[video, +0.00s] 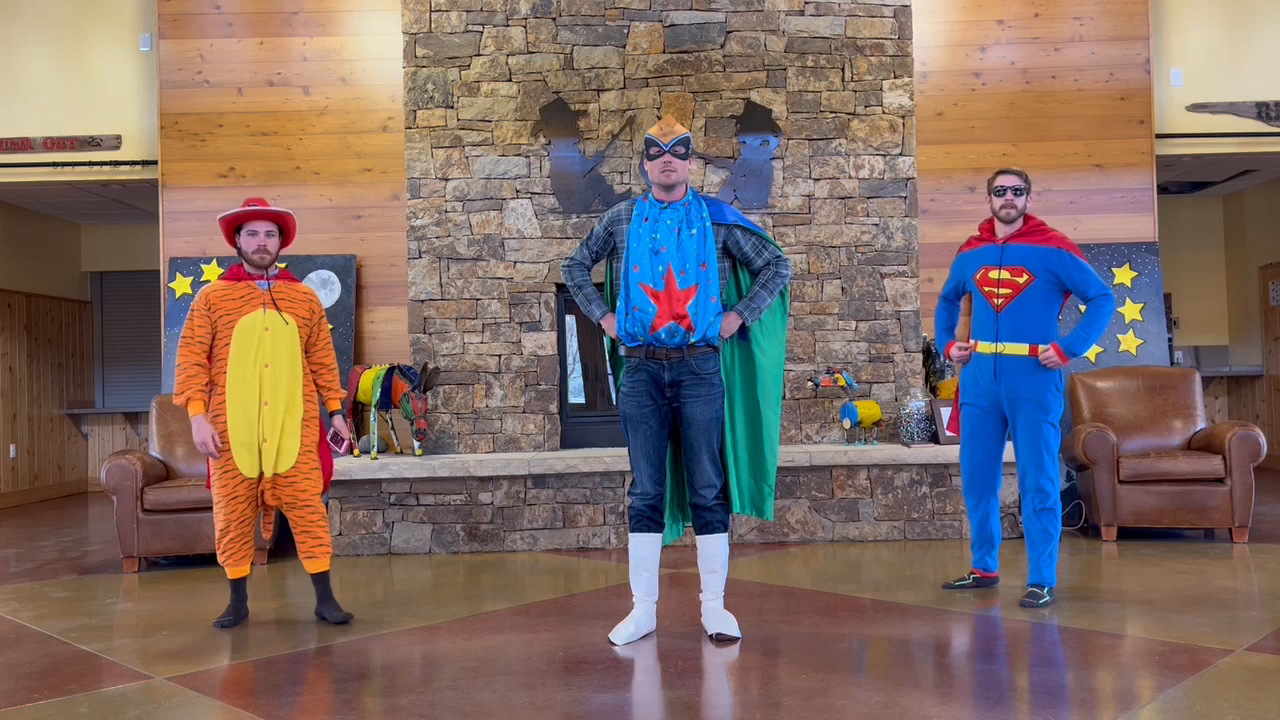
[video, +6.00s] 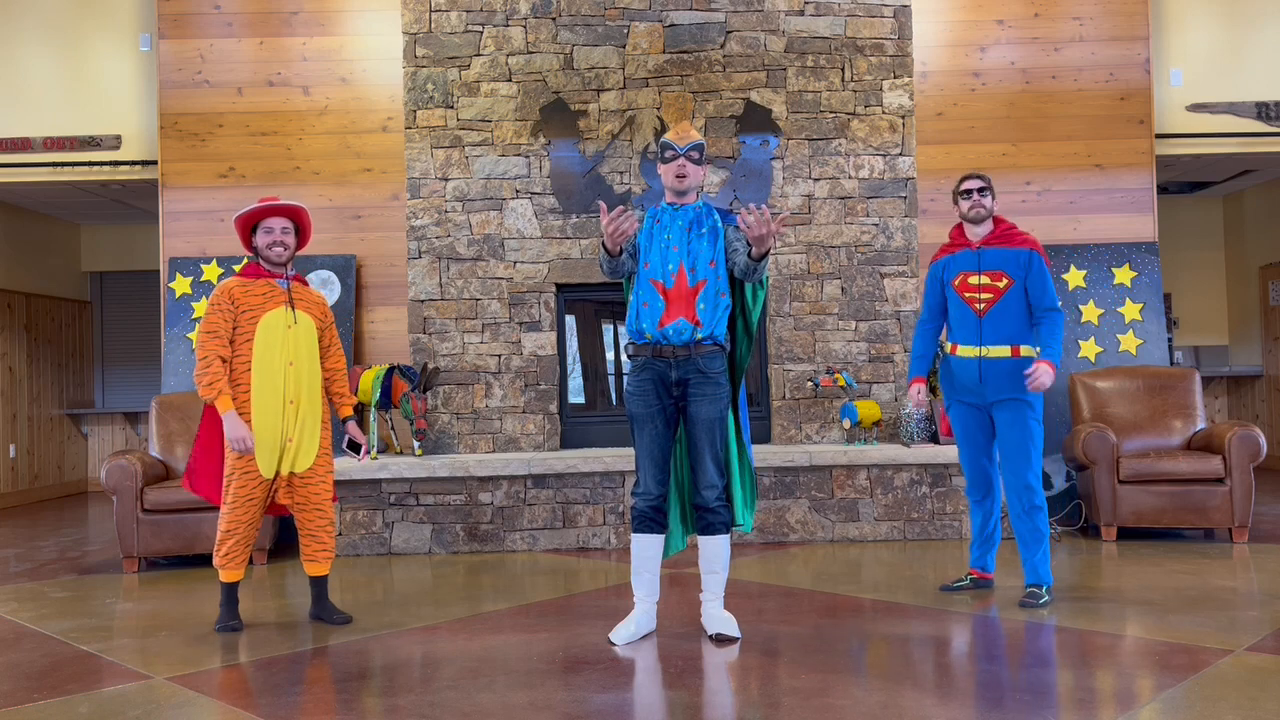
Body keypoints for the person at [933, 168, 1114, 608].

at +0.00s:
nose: (1008, 199)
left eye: (1016, 192)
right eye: (1000, 192)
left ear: (1029, 199)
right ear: (989, 200)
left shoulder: (1053, 251)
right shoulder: (968, 256)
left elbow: (1104, 298)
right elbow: (947, 301)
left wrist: (1069, 349)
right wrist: (946, 343)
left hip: (1034, 384)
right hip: (978, 385)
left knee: (1038, 485)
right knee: (977, 482)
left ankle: (1041, 581)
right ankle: (984, 570)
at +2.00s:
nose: (993, 198)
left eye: (1001, 192)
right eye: (985, 192)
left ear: (1013, 200)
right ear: (974, 202)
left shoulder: (1038, 249)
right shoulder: (951, 252)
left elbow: (1098, 285)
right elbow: (920, 289)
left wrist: (1054, 335)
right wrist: (938, 332)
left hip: (1017, 374)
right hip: (963, 374)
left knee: (1027, 480)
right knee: (981, 479)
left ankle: (1039, 581)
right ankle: (981, 572)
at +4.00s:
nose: (998, 204)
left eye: (1005, 196)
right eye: (988, 199)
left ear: (1017, 201)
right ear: (977, 207)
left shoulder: (1047, 249)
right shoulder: (957, 248)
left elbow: (1108, 286)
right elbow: (902, 237)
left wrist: (1060, 335)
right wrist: (913, 188)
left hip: (1025, 371)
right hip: (970, 371)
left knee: (1031, 478)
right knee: (982, 477)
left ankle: (1039, 581)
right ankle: (980, 572)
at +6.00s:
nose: (975, 200)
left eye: (983, 193)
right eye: (966, 195)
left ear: (995, 202)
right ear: (956, 207)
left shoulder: (1024, 252)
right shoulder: (943, 262)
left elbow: (1049, 313)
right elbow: (928, 323)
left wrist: (1049, 359)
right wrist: (918, 375)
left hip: (1016, 389)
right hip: (964, 393)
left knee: (1024, 486)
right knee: (978, 486)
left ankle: (1038, 580)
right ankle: (981, 572)